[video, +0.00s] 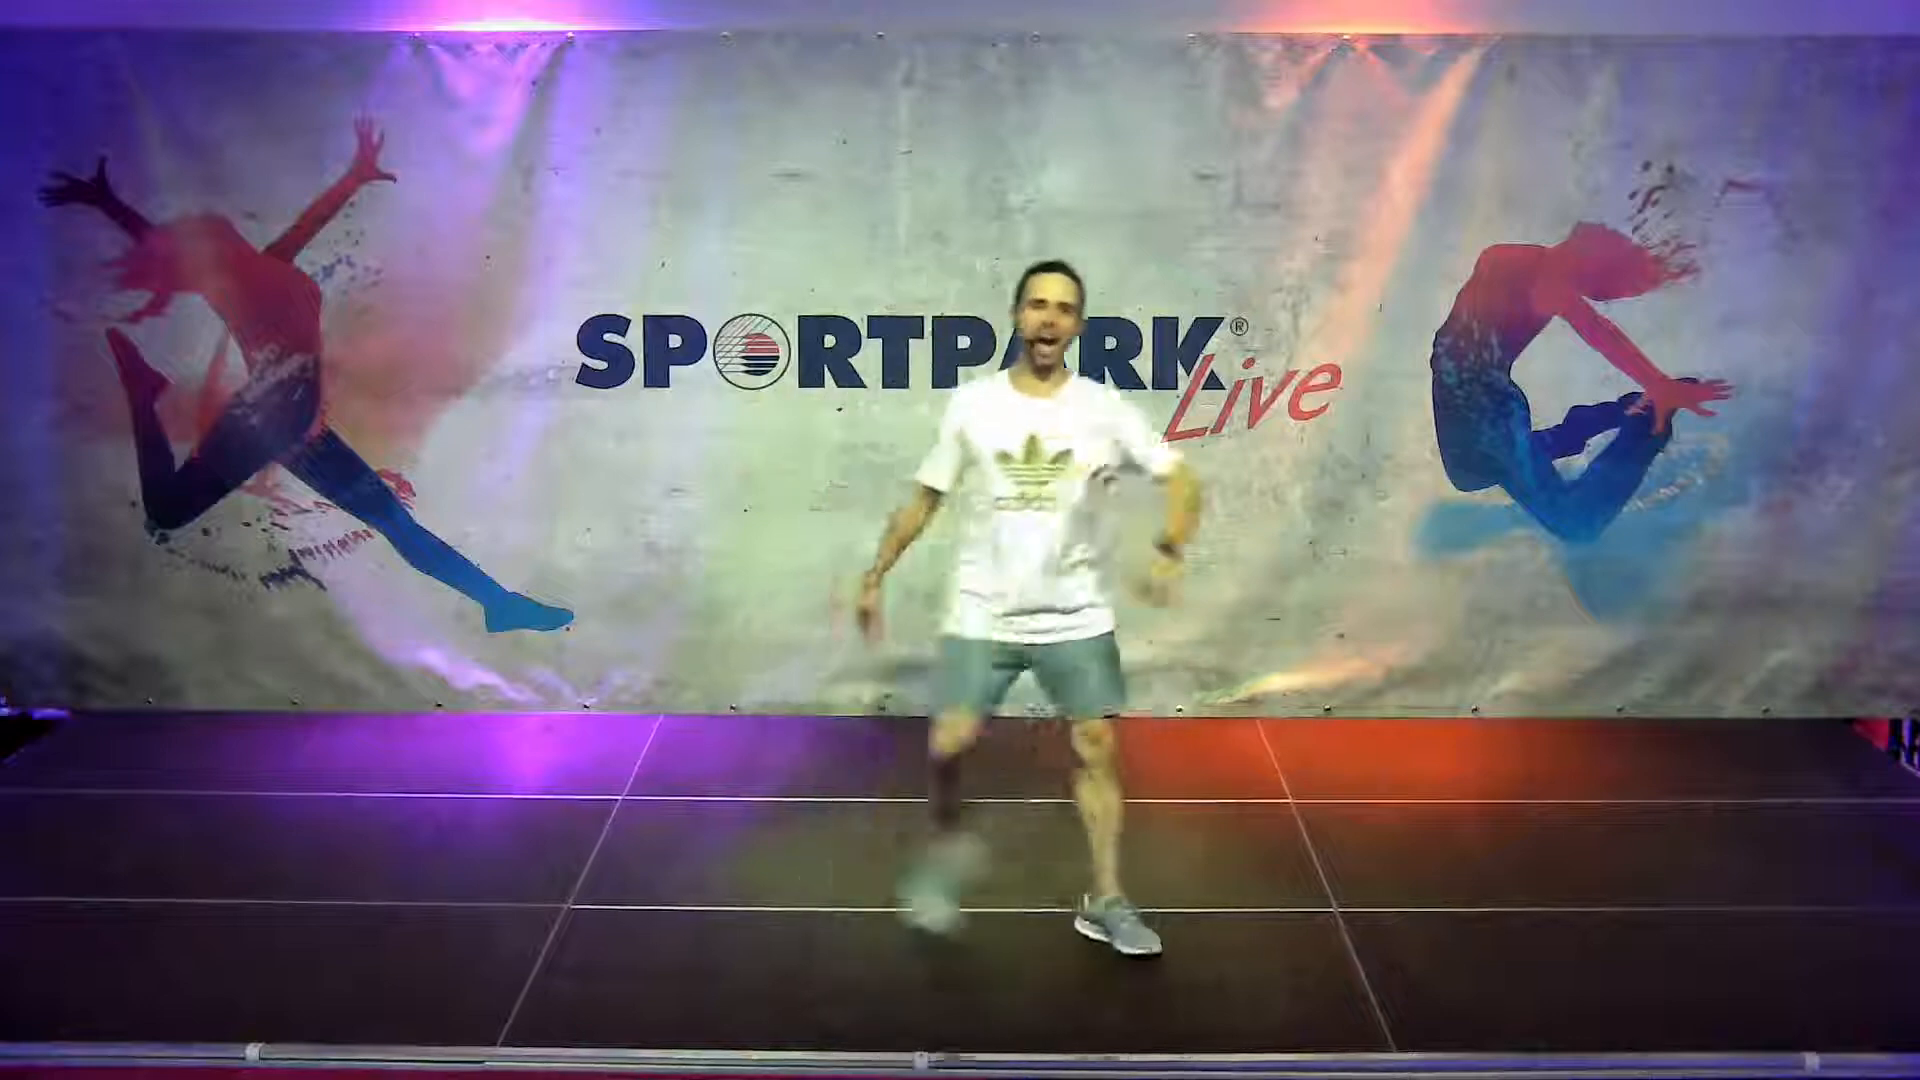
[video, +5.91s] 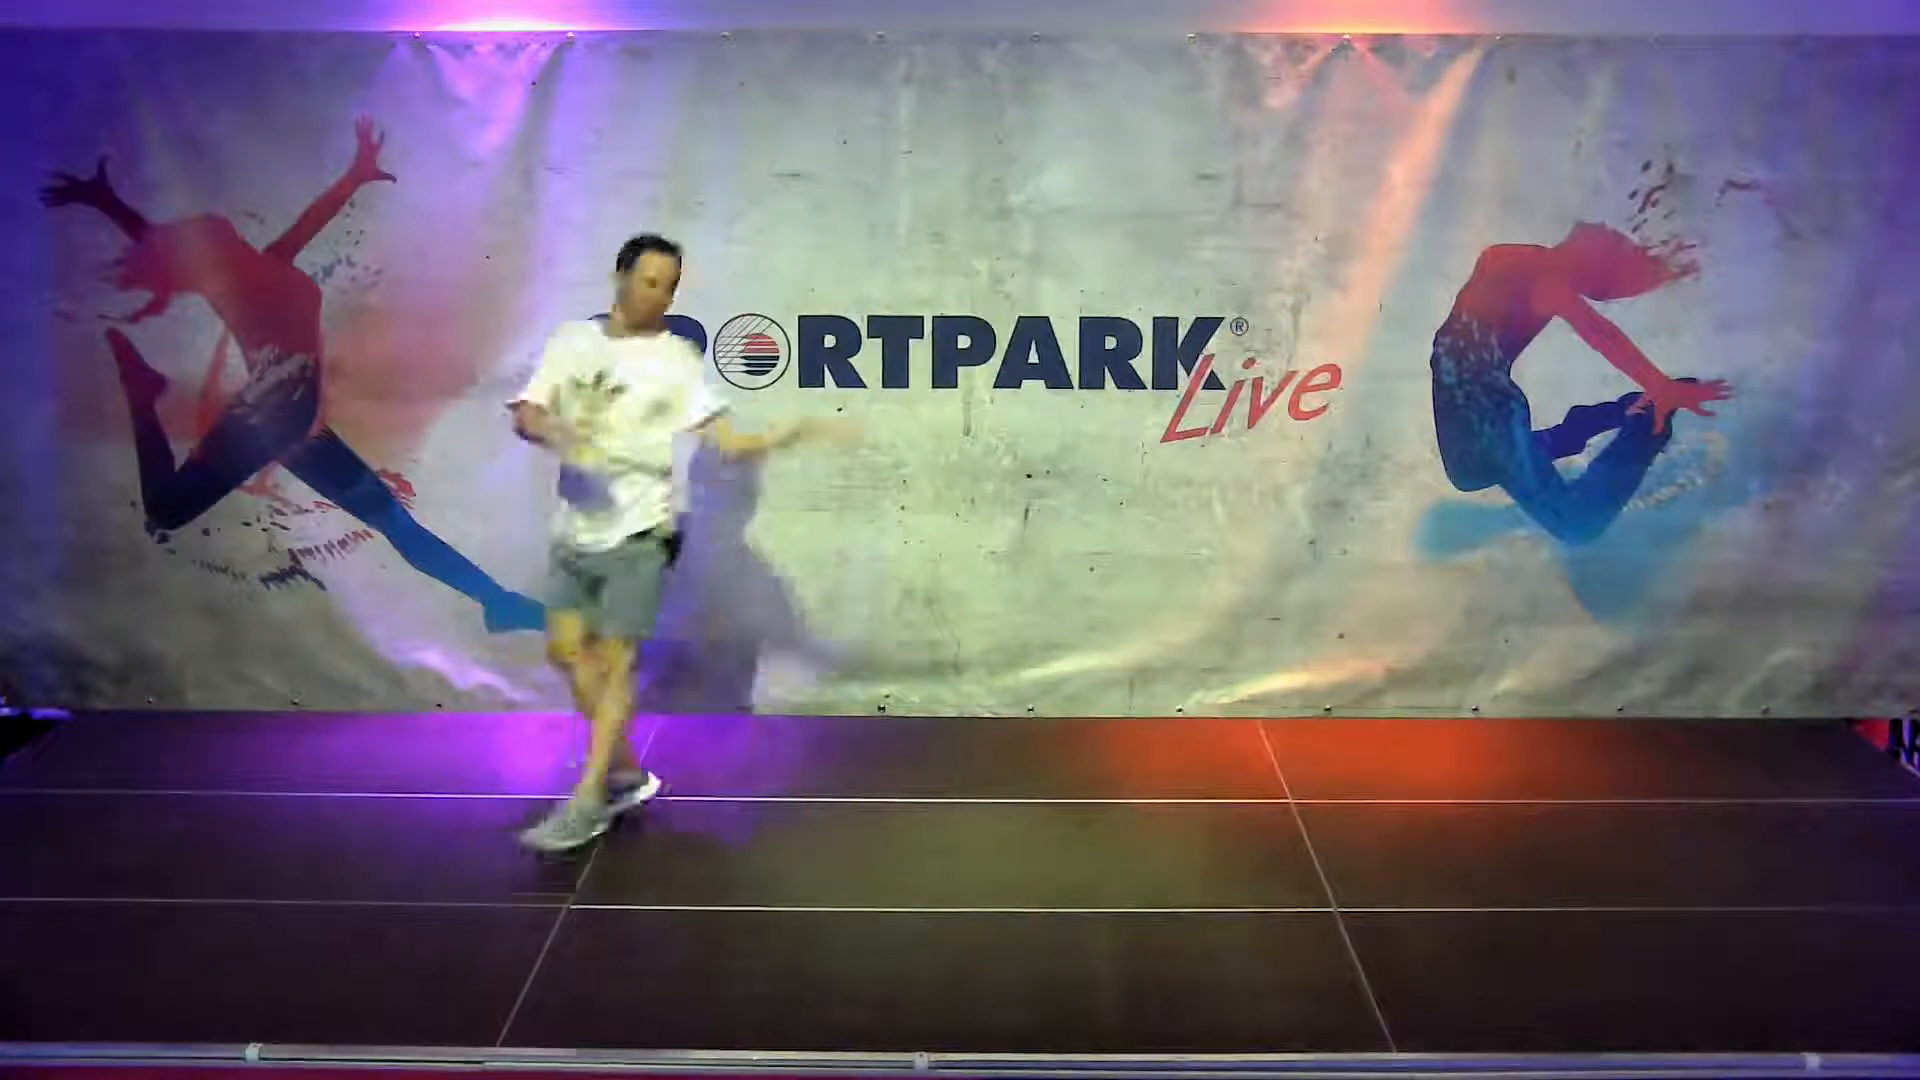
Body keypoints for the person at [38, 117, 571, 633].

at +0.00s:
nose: (166, 291)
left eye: (169, 269)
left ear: (198, 251)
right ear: (195, 246)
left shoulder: (264, 271)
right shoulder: (229, 271)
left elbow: (305, 224)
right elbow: (159, 245)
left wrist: (357, 175)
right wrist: (105, 202)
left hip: (299, 425)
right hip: (266, 418)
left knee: (389, 515)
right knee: (167, 510)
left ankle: (500, 602)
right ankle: (140, 390)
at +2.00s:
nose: (191, 283)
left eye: (190, 264)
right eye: (191, 262)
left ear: (208, 255)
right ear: (208, 251)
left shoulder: (263, 269)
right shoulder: (240, 279)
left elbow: (311, 221)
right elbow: (160, 246)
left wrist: (358, 175)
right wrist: (104, 201)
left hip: (297, 426)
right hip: (262, 422)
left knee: (387, 513)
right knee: (166, 510)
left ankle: (500, 602)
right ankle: (141, 394)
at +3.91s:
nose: (172, 288)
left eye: (172, 267)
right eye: (168, 270)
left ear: (201, 252)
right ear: (199, 249)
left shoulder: (262, 268)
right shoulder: (233, 275)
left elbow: (307, 223)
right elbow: (160, 242)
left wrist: (358, 175)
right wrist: (106, 203)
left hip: (298, 426)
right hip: (264, 421)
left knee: (389, 516)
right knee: (166, 511)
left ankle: (500, 602)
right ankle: (142, 395)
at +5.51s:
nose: (219, 245)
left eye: (214, 237)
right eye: (206, 245)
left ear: (224, 240)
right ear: (198, 261)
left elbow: (313, 218)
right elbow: (157, 246)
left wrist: (358, 174)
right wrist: (100, 197)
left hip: (299, 427)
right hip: (257, 426)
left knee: (395, 521)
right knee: (166, 508)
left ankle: (508, 609)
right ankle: (141, 393)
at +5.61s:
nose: (171, 288)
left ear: (210, 249)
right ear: (210, 247)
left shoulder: (268, 266)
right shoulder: (233, 279)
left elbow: (312, 219)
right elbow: (156, 244)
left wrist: (359, 173)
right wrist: (102, 198)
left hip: (294, 425)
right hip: (262, 423)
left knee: (389, 515)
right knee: (167, 513)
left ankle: (497, 598)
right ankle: (140, 393)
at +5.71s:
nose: (176, 292)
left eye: (177, 274)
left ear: (213, 250)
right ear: (214, 247)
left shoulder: (268, 265)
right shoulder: (237, 280)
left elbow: (311, 220)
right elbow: (158, 247)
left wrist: (358, 174)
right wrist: (104, 199)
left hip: (296, 425)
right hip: (263, 423)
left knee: (391, 517)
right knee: (167, 513)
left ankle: (497, 598)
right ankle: (141, 395)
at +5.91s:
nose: (181, 283)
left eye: (177, 266)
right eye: (174, 268)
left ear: (202, 257)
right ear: (199, 255)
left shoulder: (267, 272)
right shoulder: (236, 277)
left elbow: (308, 222)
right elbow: (154, 243)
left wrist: (358, 175)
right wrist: (103, 197)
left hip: (300, 428)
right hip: (260, 426)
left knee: (395, 519)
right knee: (166, 508)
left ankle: (498, 600)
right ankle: (138, 390)